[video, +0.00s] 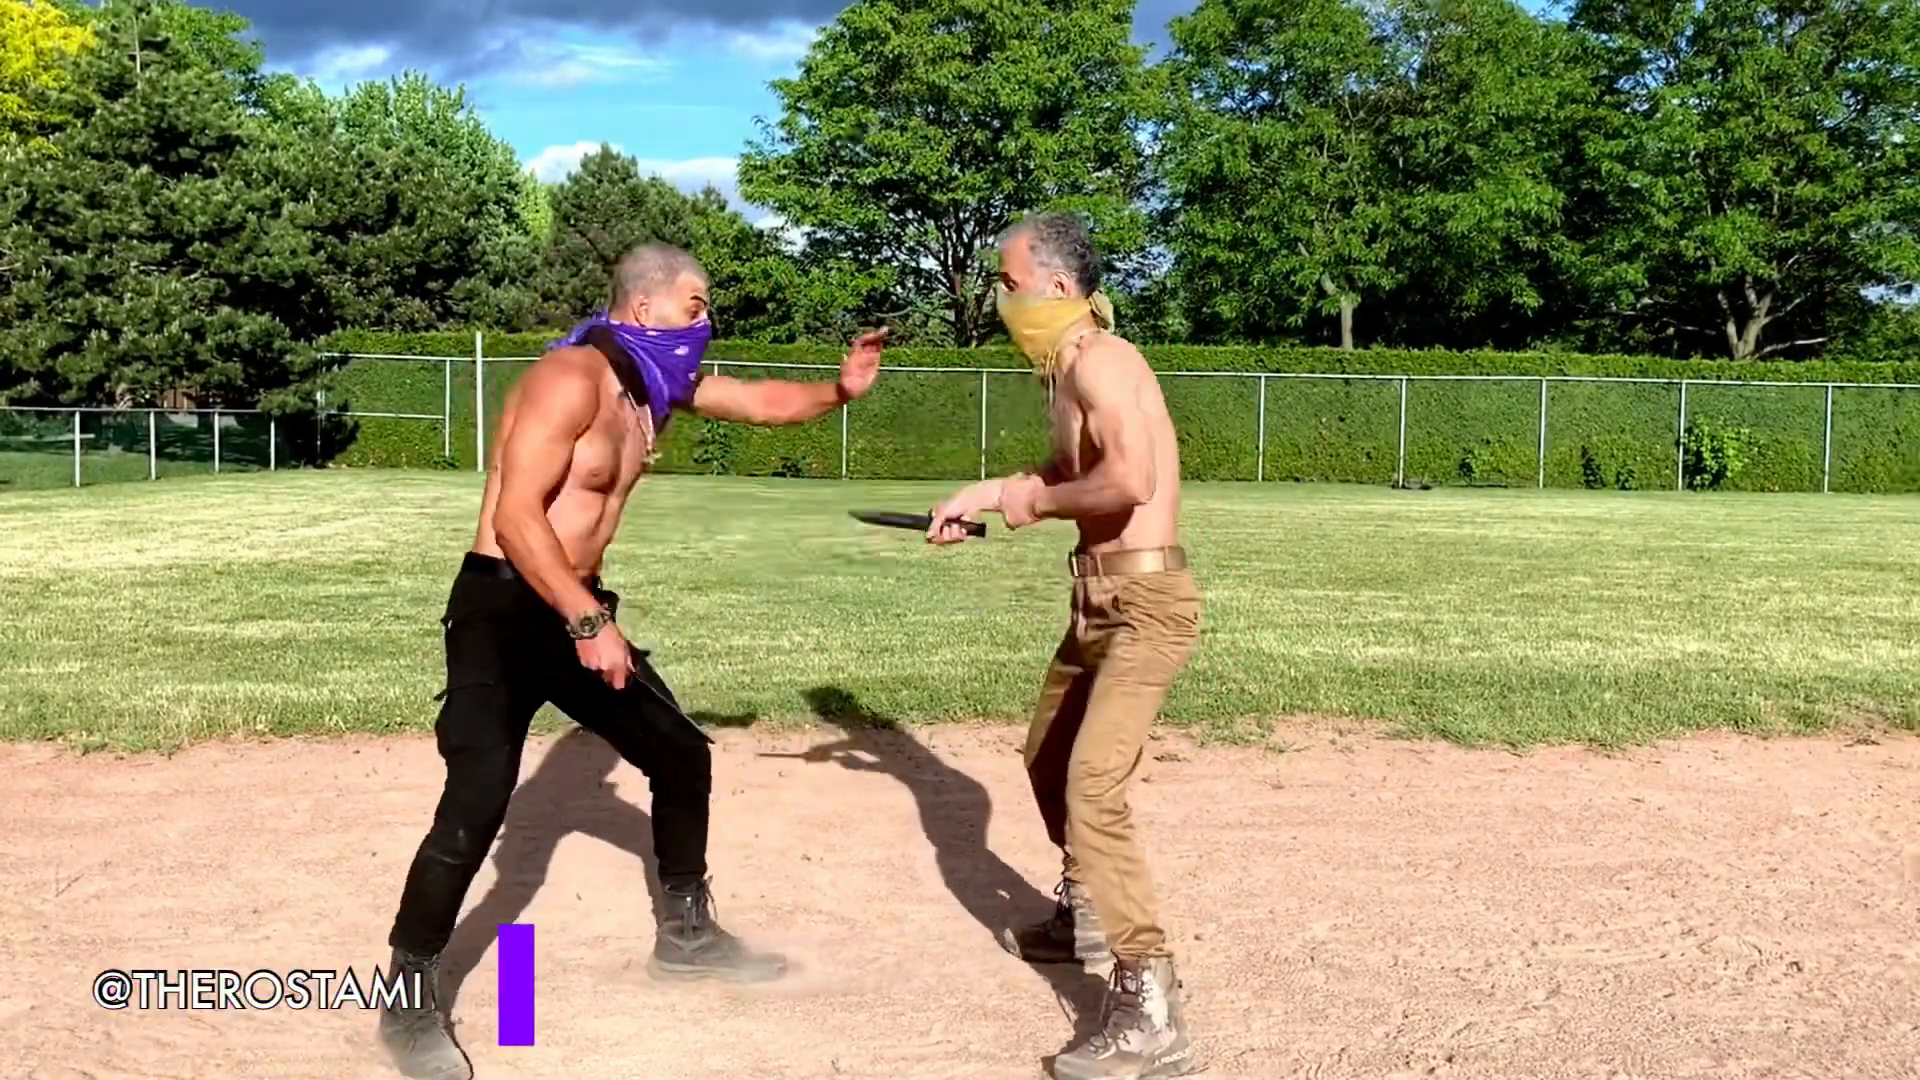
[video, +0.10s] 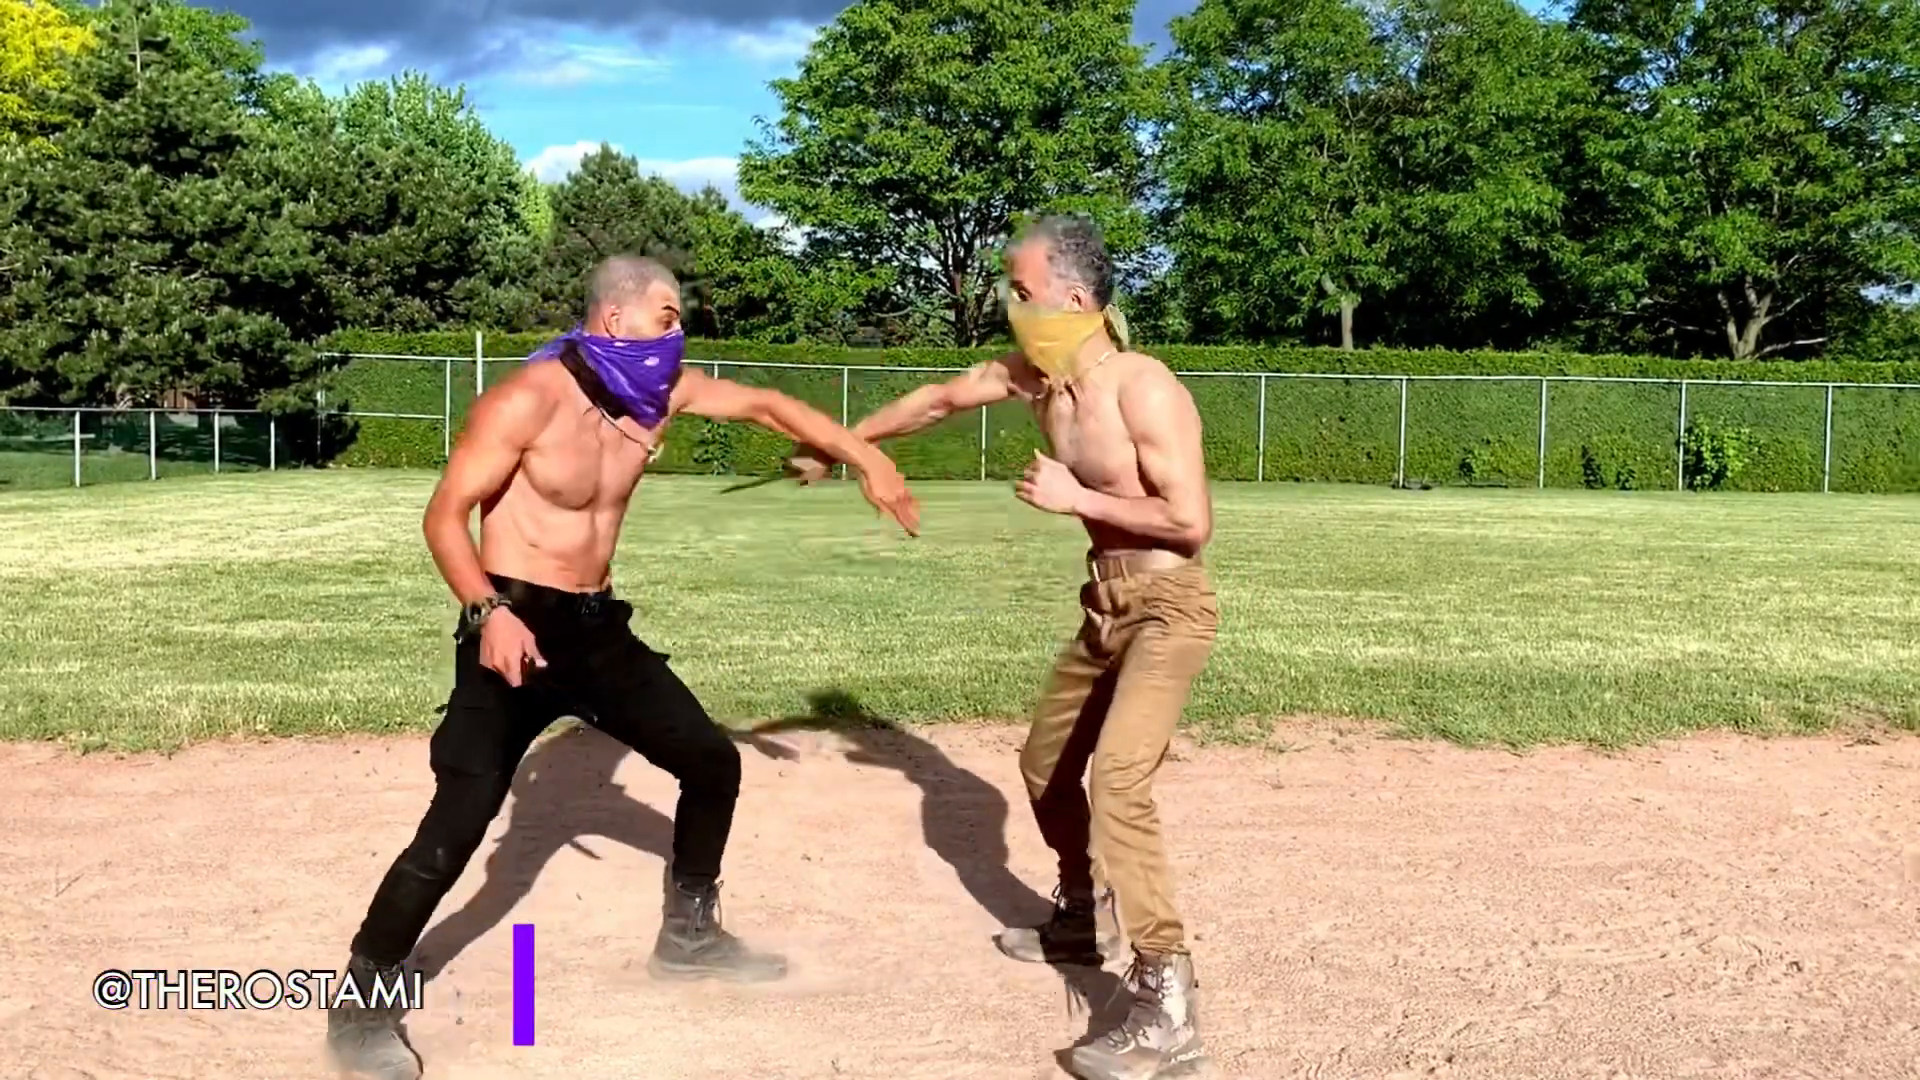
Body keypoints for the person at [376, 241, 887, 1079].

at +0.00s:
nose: (705, 326)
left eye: (706, 311)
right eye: (695, 309)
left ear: (659, 311)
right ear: (641, 307)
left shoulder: (650, 384)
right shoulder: (568, 378)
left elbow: (757, 399)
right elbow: (516, 513)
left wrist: (840, 390)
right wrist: (591, 618)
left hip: (572, 611)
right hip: (499, 607)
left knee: (681, 756)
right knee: (476, 804)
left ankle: (687, 932)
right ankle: (408, 993)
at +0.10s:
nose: (676, 337)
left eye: (679, 322)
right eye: (664, 320)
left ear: (639, 323)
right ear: (609, 322)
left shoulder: (661, 391)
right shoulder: (530, 395)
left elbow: (767, 403)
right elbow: (443, 513)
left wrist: (869, 460)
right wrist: (486, 609)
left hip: (597, 630)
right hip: (511, 629)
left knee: (712, 764)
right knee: (458, 823)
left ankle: (688, 934)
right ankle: (362, 1001)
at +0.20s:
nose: (654, 334)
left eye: (657, 322)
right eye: (642, 318)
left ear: (633, 326)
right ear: (586, 319)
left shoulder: (634, 397)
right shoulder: (514, 417)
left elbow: (672, 423)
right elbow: (482, 554)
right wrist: (562, 618)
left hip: (609, 626)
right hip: (524, 637)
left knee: (720, 762)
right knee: (465, 828)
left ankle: (690, 932)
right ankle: (358, 1000)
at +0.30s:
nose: (665, 318)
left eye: (665, 304)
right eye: (655, 303)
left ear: (607, 307)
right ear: (602, 304)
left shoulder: (606, 396)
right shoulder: (556, 398)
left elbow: (675, 433)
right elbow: (593, 548)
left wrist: (690, 380)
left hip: (601, 625)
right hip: (537, 631)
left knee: (702, 753)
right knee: (492, 819)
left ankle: (689, 931)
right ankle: (362, 997)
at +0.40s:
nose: (663, 304)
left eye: (662, 288)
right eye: (656, 288)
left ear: (590, 286)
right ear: (613, 291)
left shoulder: (542, 350)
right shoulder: (610, 397)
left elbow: (596, 427)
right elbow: (736, 469)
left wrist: (672, 411)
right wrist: (843, 412)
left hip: (594, 612)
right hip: (544, 617)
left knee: (683, 752)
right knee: (485, 810)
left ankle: (688, 931)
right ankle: (366, 994)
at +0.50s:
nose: (667, 298)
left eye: (669, 284)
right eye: (661, 283)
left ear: (603, 277)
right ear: (618, 280)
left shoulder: (564, 337)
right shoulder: (584, 388)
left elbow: (597, 457)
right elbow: (688, 507)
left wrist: (658, 393)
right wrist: (792, 451)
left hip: (612, 596)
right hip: (549, 602)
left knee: (689, 752)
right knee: (492, 795)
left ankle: (689, 931)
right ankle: (380, 984)